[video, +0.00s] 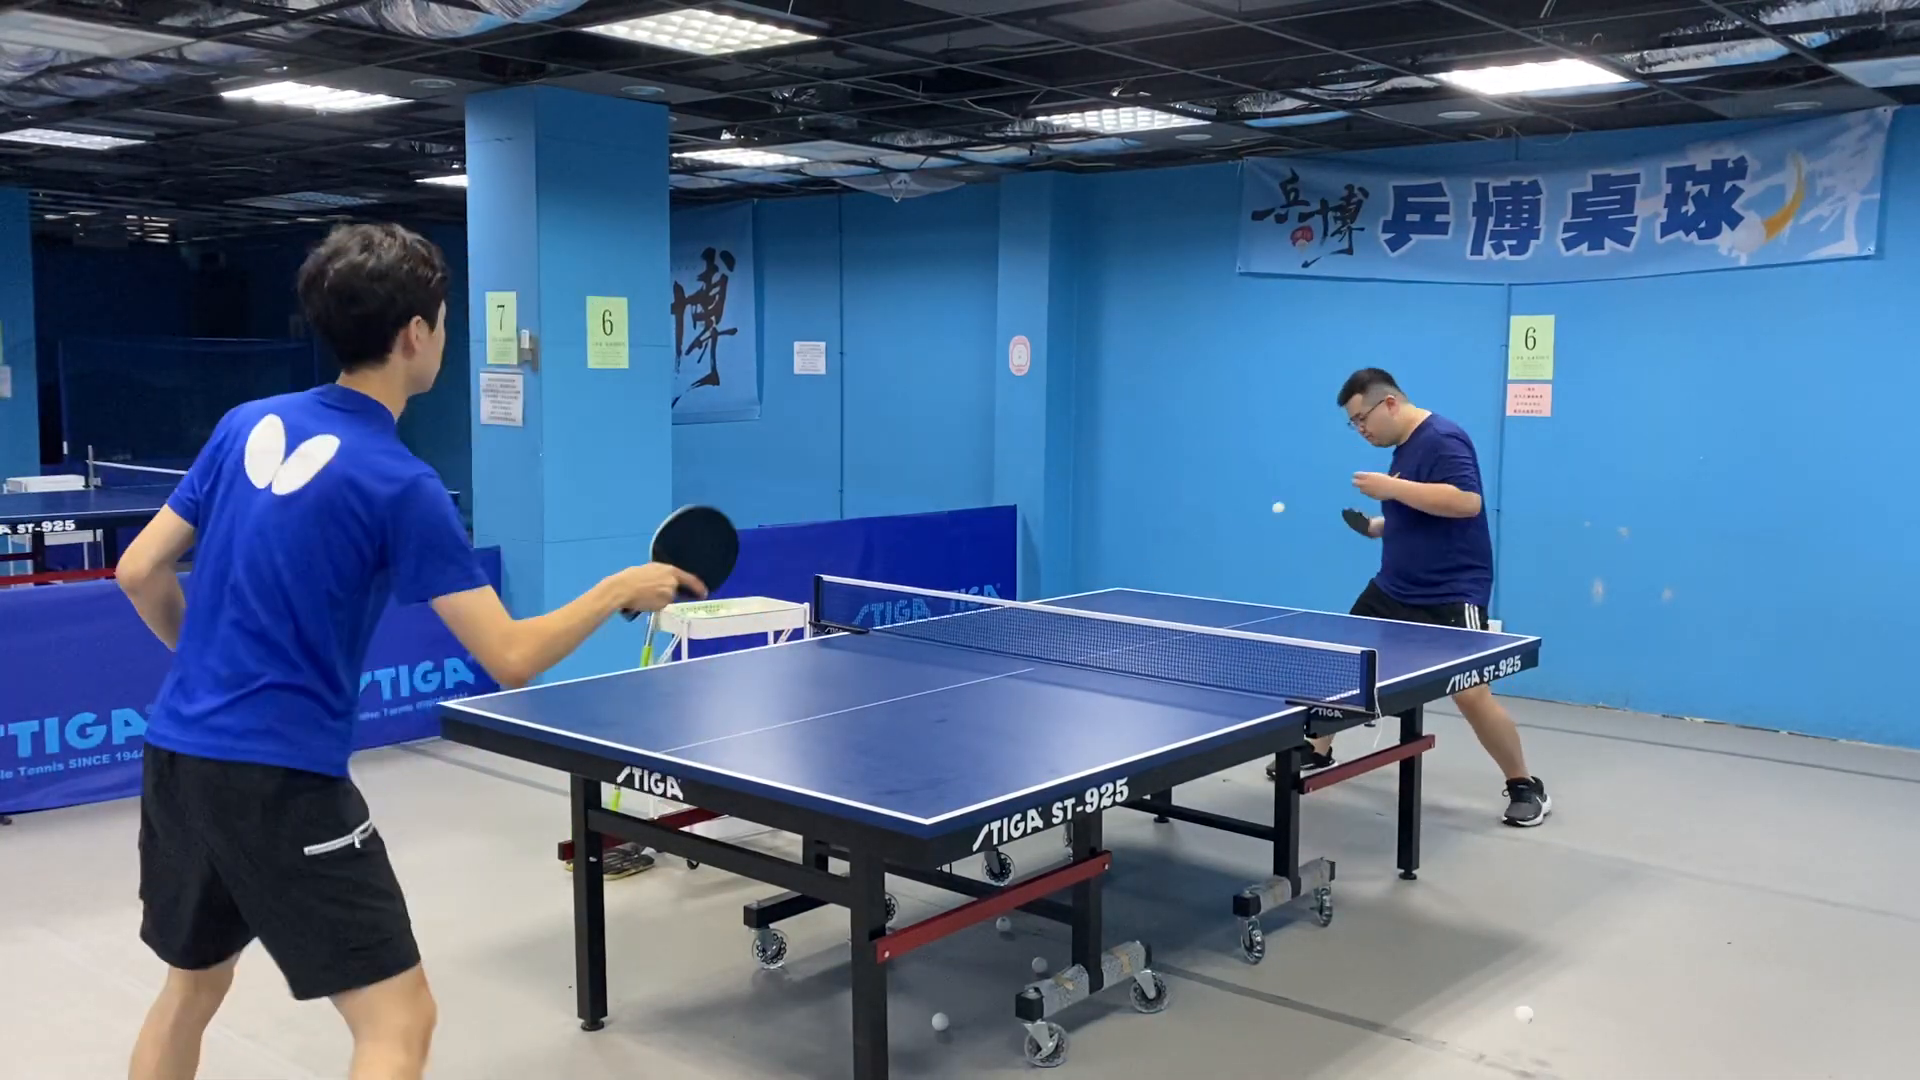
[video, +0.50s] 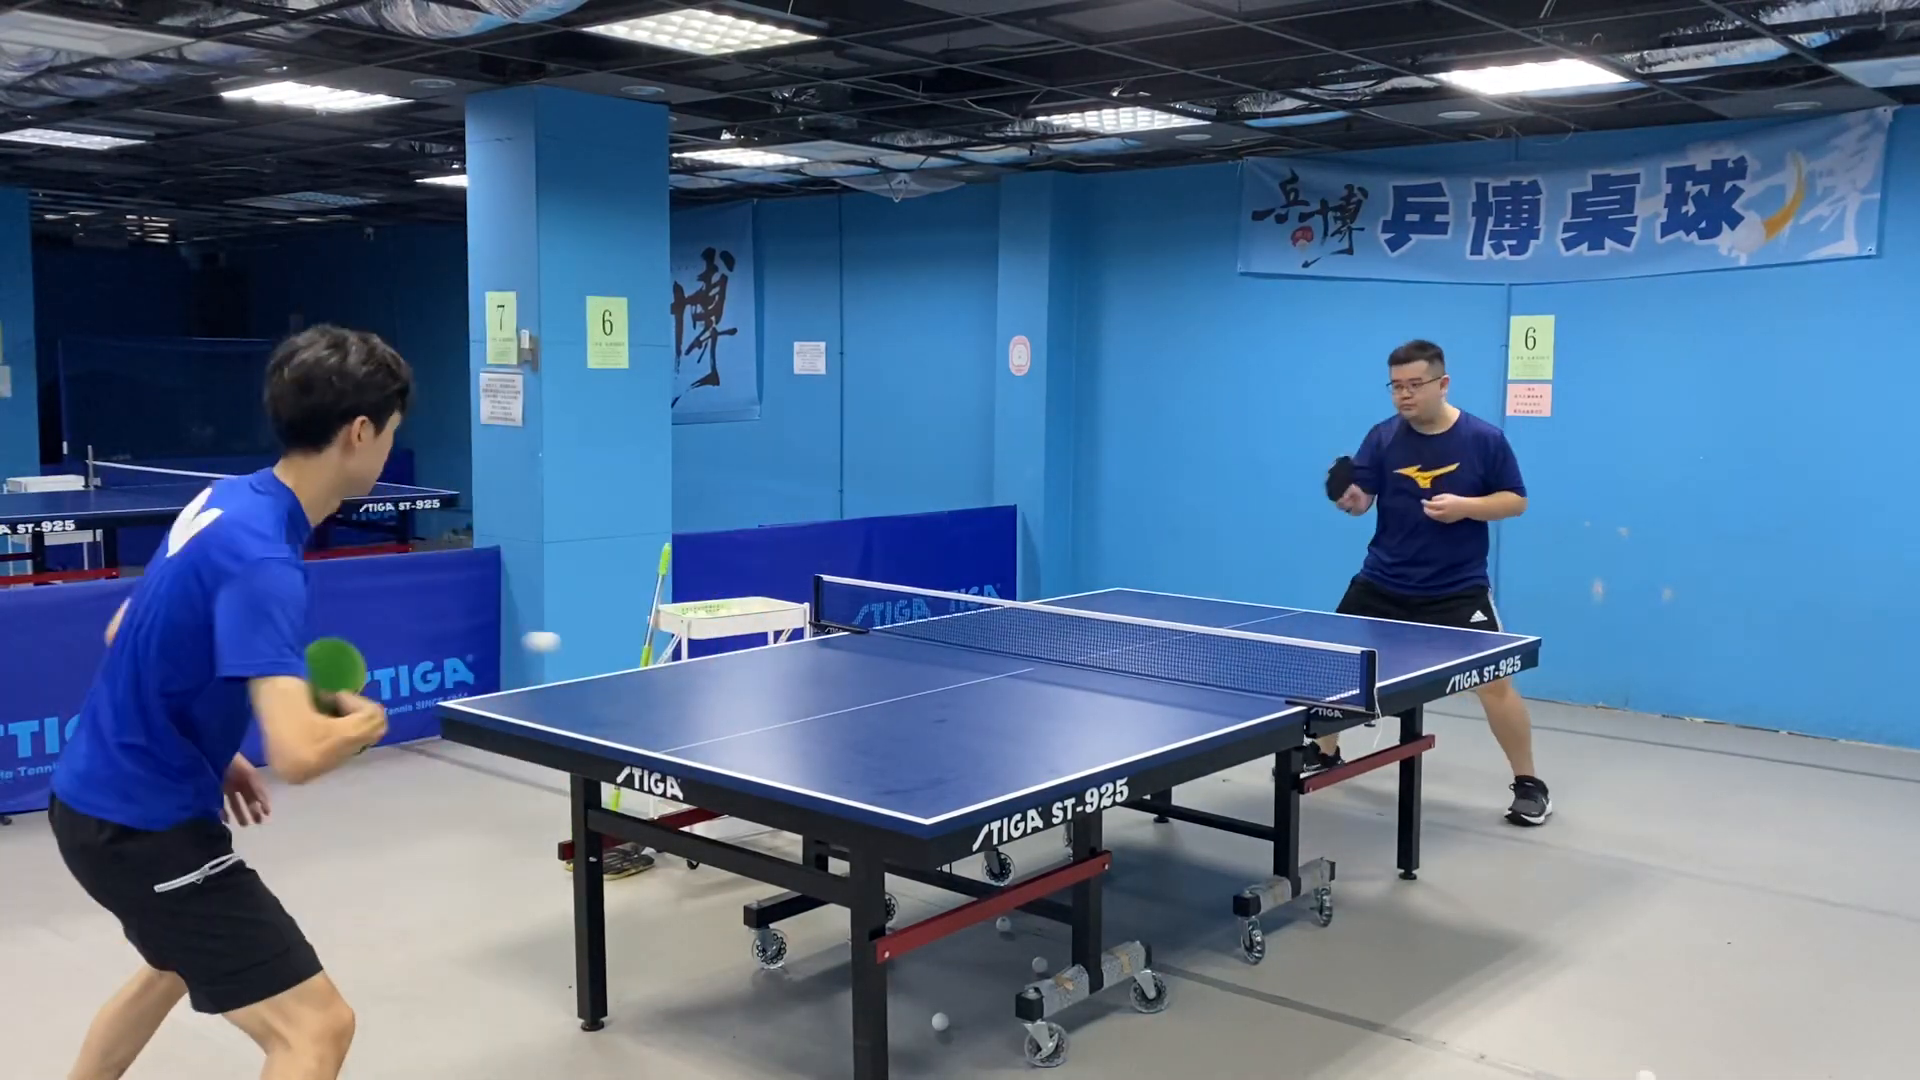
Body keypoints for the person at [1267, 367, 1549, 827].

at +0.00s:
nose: (1360, 431)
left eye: (1361, 419)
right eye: (1354, 423)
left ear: (1391, 403)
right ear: (1387, 409)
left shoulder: (1444, 438)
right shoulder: (1404, 449)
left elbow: (1469, 502)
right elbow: (1419, 520)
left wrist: (1392, 488)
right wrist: (1378, 527)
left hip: (1451, 598)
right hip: (1392, 590)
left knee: (1470, 693)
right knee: (1337, 661)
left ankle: (1522, 785)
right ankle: (1315, 750)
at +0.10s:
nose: (1389, 424)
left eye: (1391, 412)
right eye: (1384, 416)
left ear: (1421, 397)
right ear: (1414, 403)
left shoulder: (1477, 439)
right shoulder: (1420, 449)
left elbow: (1501, 505)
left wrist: (1422, 504)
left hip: (1464, 597)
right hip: (1403, 588)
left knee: (1476, 695)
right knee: (1346, 663)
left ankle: (1524, 785)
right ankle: (1316, 748)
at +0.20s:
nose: (1406, 411)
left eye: (1412, 399)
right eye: (1402, 402)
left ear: (1447, 389)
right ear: (1408, 401)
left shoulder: (1498, 438)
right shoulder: (1417, 441)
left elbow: (1523, 504)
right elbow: (1376, 486)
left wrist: (1446, 501)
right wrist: (1356, 461)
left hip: (1474, 593)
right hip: (1411, 583)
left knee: (1485, 689)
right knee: (1346, 657)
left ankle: (1525, 785)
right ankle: (1315, 741)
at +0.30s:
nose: (1417, 396)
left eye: (1426, 386)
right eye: (1411, 387)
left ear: (1458, 380)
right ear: (1409, 388)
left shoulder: (1504, 436)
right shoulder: (1411, 434)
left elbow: (1533, 503)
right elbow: (1374, 487)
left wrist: (1463, 496)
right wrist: (1375, 461)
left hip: (1476, 593)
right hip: (1403, 585)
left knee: (1501, 688)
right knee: (1344, 659)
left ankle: (1527, 784)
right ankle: (1324, 742)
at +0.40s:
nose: (1415, 391)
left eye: (1425, 381)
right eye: (1409, 382)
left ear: (1456, 378)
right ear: (1405, 383)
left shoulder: (1500, 435)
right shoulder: (1398, 431)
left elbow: (1529, 500)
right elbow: (1365, 492)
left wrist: (1470, 498)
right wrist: (1371, 487)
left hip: (1471, 590)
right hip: (1393, 582)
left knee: (1502, 687)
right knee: (1336, 658)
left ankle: (1528, 783)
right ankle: (1325, 743)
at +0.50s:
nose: (1403, 393)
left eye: (1414, 384)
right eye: (1396, 385)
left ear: (1442, 384)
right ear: (1391, 387)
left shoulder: (1484, 439)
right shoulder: (1382, 438)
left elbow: (1516, 501)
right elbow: (1360, 499)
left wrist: (1466, 506)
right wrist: (1348, 496)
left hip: (1457, 591)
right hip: (1381, 584)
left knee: (1494, 681)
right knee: (1327, 659)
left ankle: (1527, 783)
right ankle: (1325, 749)